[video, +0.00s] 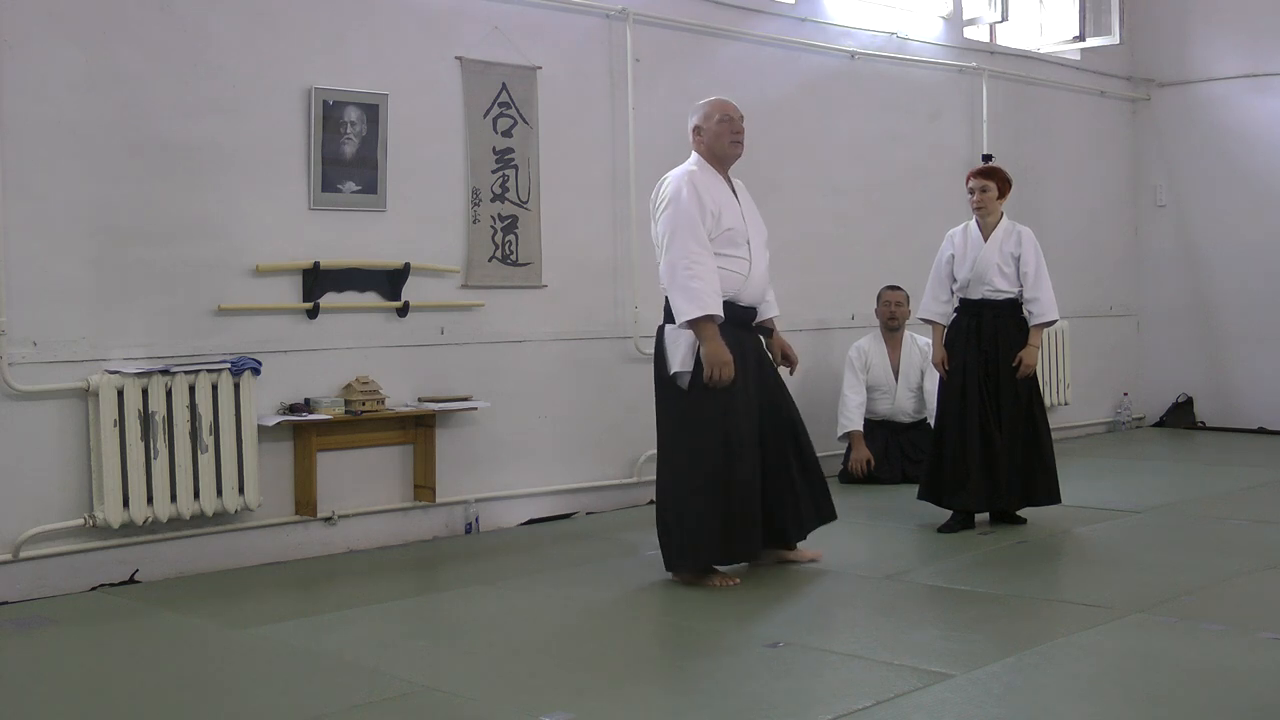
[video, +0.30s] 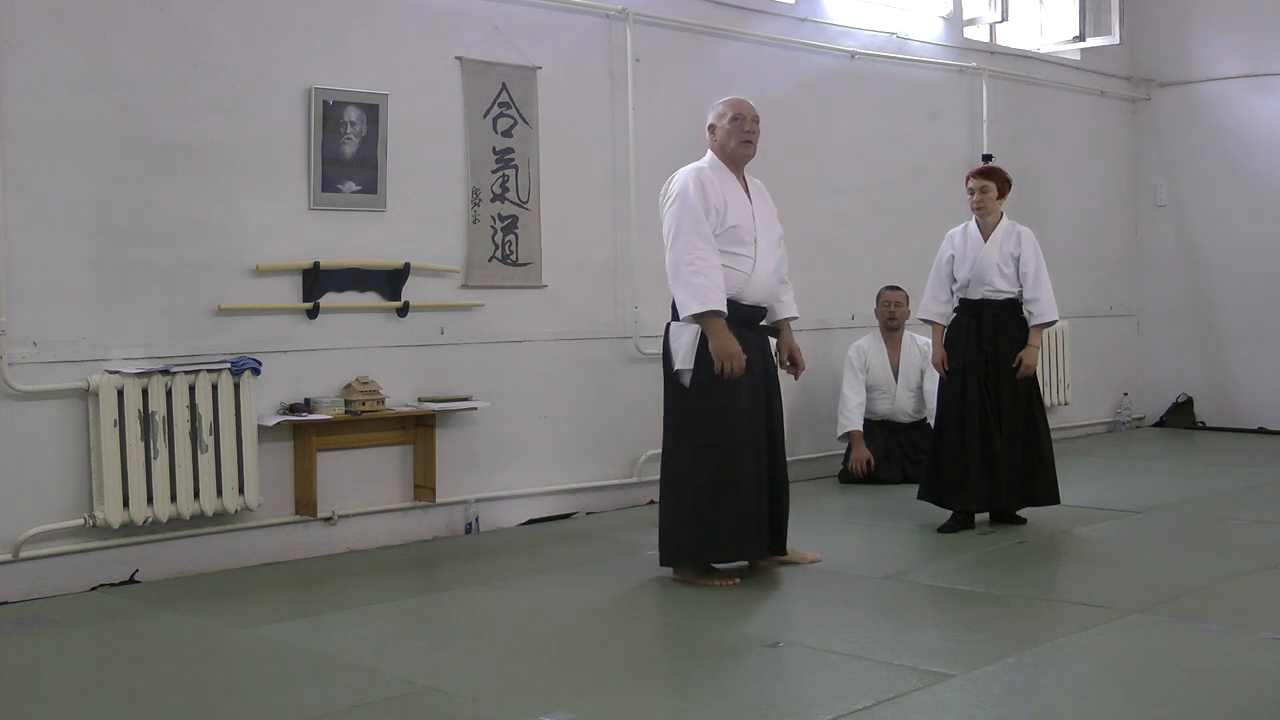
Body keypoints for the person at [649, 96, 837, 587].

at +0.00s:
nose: (739, 129)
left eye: (741, 123)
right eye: (726, 122)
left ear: (742, 135)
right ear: (698, 135)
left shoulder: (736, 190)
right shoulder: (682, 186)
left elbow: (750, 263)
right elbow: (686, 264)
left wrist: (771, 329)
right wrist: (709, 336)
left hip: (742, 330)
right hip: (698, 331)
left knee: (770, 432)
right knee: (700, 447)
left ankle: (771, 541)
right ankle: (691, 561)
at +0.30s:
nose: (750, 129)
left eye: (755, 122)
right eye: (739, 121)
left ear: (760, 134)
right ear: (712, 131)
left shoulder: (760, 194)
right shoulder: (692, 182)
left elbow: (774, 265)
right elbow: (690, 259)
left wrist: (784, 330)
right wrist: (716, 327)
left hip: (753, 332)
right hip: (705, 331)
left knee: (760, 438)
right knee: (703, 446)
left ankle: (765, 543)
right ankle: (690, 558)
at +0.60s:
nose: (748, 132)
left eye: (755, 125)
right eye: (738, 123)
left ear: (761, 137)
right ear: (714, 131)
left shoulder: (764, 194)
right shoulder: (691, 181)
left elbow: (779, 266)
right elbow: (684, 259)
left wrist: (798, 320)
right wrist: (723, 320)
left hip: (753, 329)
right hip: (702, 328)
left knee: (761, 437)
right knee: (699, 443)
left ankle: (766, 543)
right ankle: (686, 558)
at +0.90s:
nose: (737, 133)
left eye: (744, 127)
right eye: (726, 124)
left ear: (751, 137)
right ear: (703, 133)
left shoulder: (753, 192)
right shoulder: (682, 183)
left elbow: (774, 264)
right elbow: (676, 259)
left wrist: (814, 299)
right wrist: (715, 310)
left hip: (746, 326)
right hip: (697, 328)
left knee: (759, 436)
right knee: (695, 443)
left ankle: (767, 545)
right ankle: (688, 560)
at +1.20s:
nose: (728, 134)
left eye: (736, 127)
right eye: (718, 126)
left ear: (745, 138)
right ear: (696, 134)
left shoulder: (748, 192)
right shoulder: (678, 184)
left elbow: (770, 267)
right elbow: (674, 257)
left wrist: (808, 316)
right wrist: (697, 320)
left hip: (741, 330)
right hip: (695, 328)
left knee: (757, 438)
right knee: (693, 446)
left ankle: (767, 545)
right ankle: (687, 561)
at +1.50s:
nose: (728, 137)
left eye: (738, 130)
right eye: (719, 128)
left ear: (748, 139)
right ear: (699, 133)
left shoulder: (749, 192)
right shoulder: (678, 184)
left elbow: (768, 267)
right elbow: (672, 260)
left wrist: (799, 319)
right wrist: (694, 323)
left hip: (742, 330)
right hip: (695, 329)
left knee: (753, 439)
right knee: (695, 446)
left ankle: (761, 544)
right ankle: (688, 562)